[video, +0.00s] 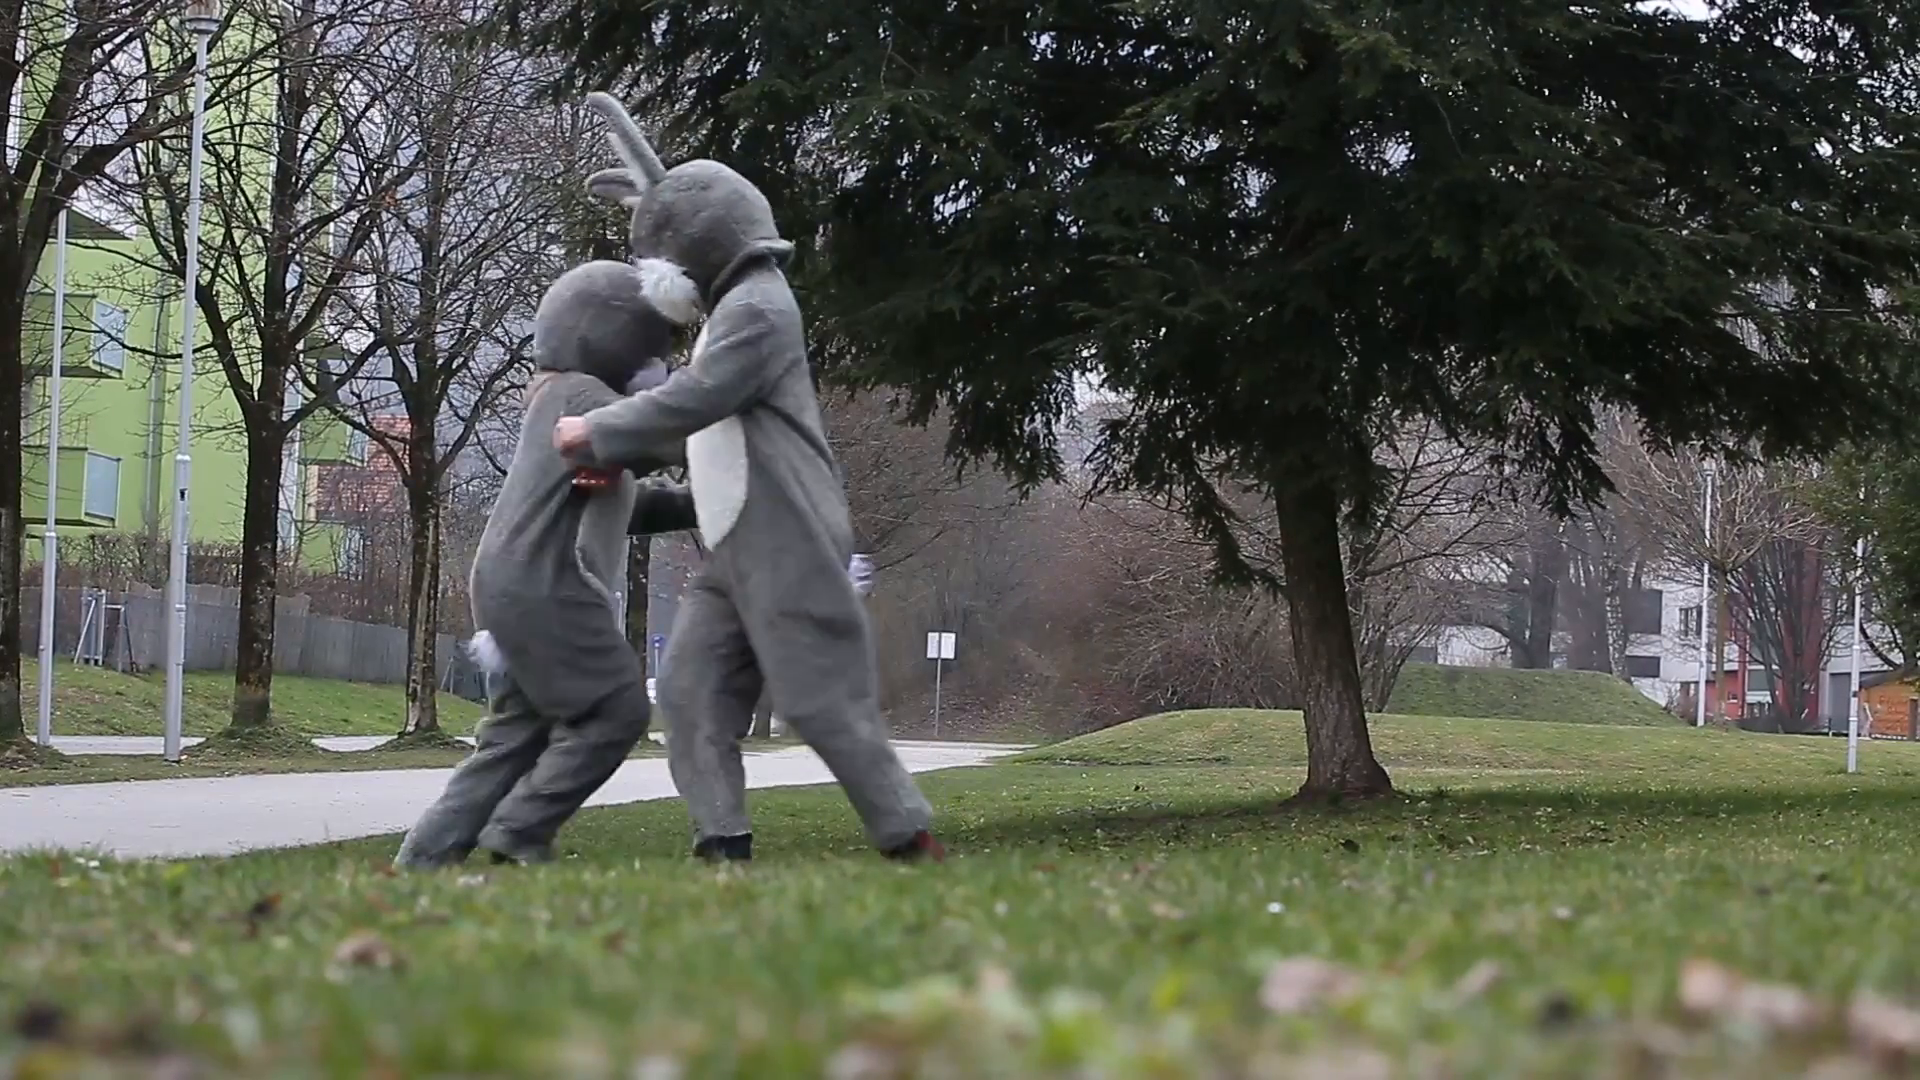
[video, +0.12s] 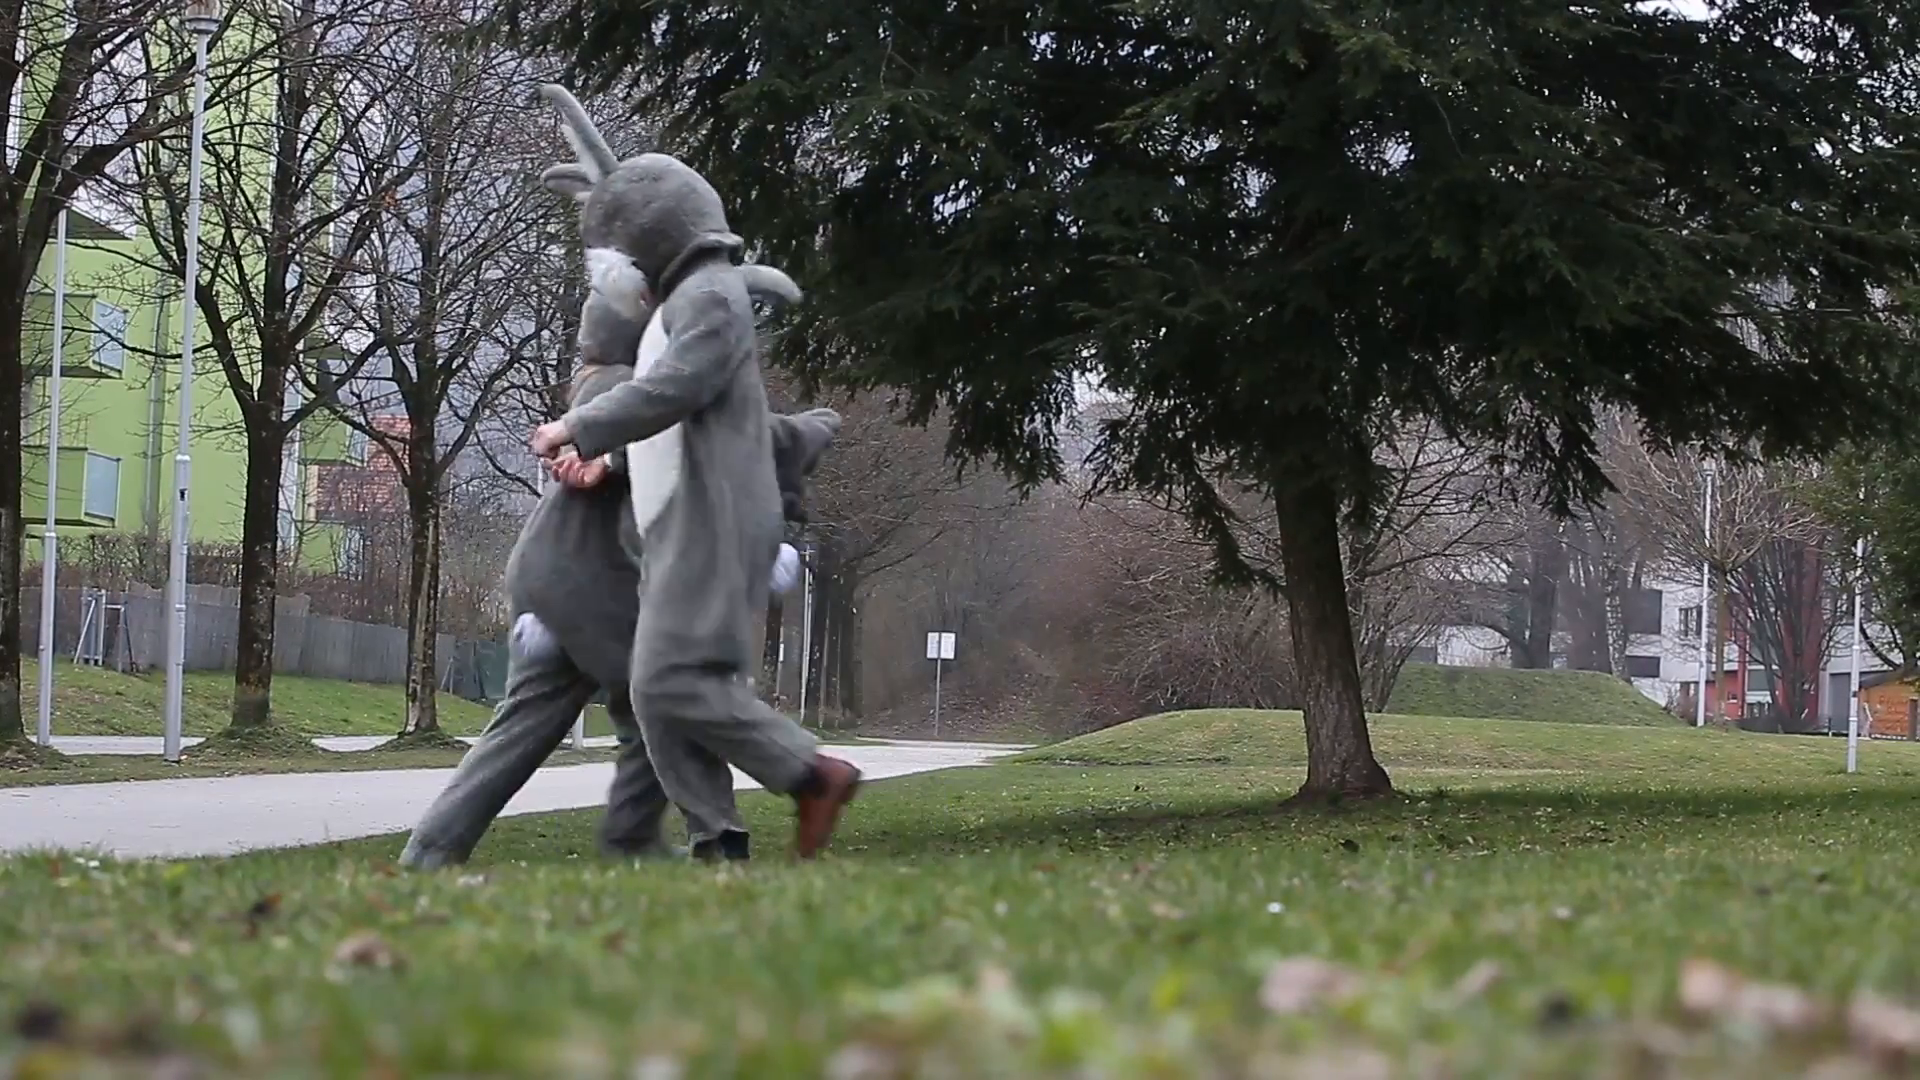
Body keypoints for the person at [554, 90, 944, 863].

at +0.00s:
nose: (656, 261)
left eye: (663, 242)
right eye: (653, 246)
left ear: (701, 233)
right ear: (721, 230)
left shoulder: (756, 302)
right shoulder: (729, 311)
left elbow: (695, 397)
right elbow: (690, 411)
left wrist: (598, 428)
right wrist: (614, 445)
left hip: (787, 535)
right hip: (734, 546)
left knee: (817, 694)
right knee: (690, 689)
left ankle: (910, 835)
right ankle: (724, 842)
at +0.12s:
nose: (617, 260)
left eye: (619, 242)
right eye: (613, 246)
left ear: (652, 227)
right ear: (675, 221)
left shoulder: (710, 292)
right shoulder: (685, 300)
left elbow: (676, 387)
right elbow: (661, 405)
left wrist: (576, 425)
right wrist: (603, 458)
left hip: (712, 528)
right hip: (677, 531)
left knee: (667, 678)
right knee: (660, 685)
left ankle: (815, 775)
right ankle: (719, 839)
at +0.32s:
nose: (524, 237)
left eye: (526, 219)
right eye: (520, 223)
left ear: (561, 198)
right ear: (611, 187)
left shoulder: (596, 245)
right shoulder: (668, 267)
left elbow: (625, 330)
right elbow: (712, 383)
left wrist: (648, 401)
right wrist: (749, 430)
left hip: (602, 457)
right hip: (662, 474)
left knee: (512, 594)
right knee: (622, 643)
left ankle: (557, 770)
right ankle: (621, 826)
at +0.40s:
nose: (503, 252)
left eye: (506, 233)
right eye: (501, 236)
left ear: (534, 217)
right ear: (597, 210)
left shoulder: (560, 264)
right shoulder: (655, 301)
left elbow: (592, 321)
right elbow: (707, 409)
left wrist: (627, 379)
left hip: (544, 495)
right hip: (625, 514)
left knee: (478, 635)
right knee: (579, 676)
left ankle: (466, 817)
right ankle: (540, 832)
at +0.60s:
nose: (455, 277)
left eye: (462, 262)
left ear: (477, 259)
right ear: (562, 257)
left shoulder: (479, 317)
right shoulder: (611, 333)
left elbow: (467, 379)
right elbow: (695, 390)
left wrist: (443, 450)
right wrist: (668, 428)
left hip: (482, 528)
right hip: (573, 542)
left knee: (439, 688)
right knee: (529, 699)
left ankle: (408, 837)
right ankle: (521, 820)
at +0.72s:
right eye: (570, 255)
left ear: (469, 260)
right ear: (555, 260)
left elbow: (363, 427)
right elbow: (686, 388)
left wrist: (298, 499)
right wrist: (699, 377)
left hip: (468, 532)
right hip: (565, 542)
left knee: (432, 700)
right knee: (547, 682)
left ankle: (402, 842)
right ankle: (514, 765)